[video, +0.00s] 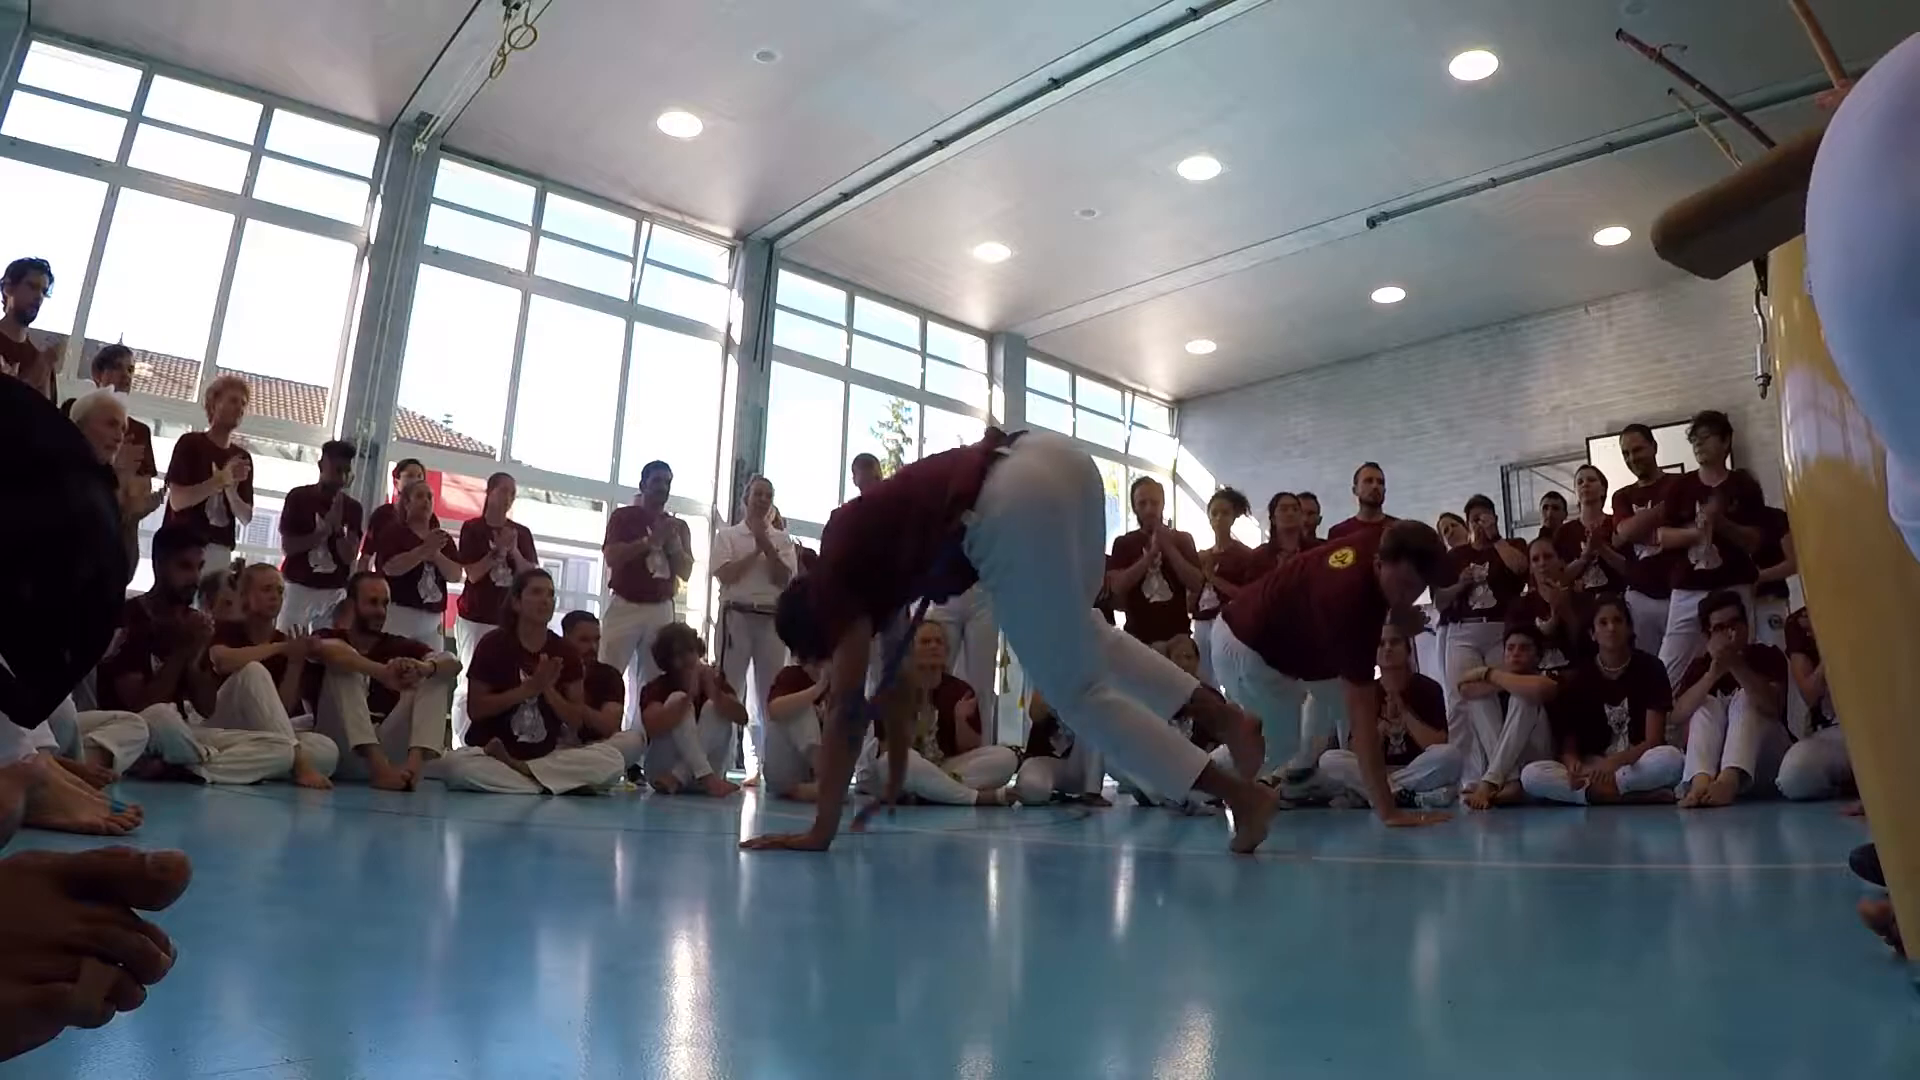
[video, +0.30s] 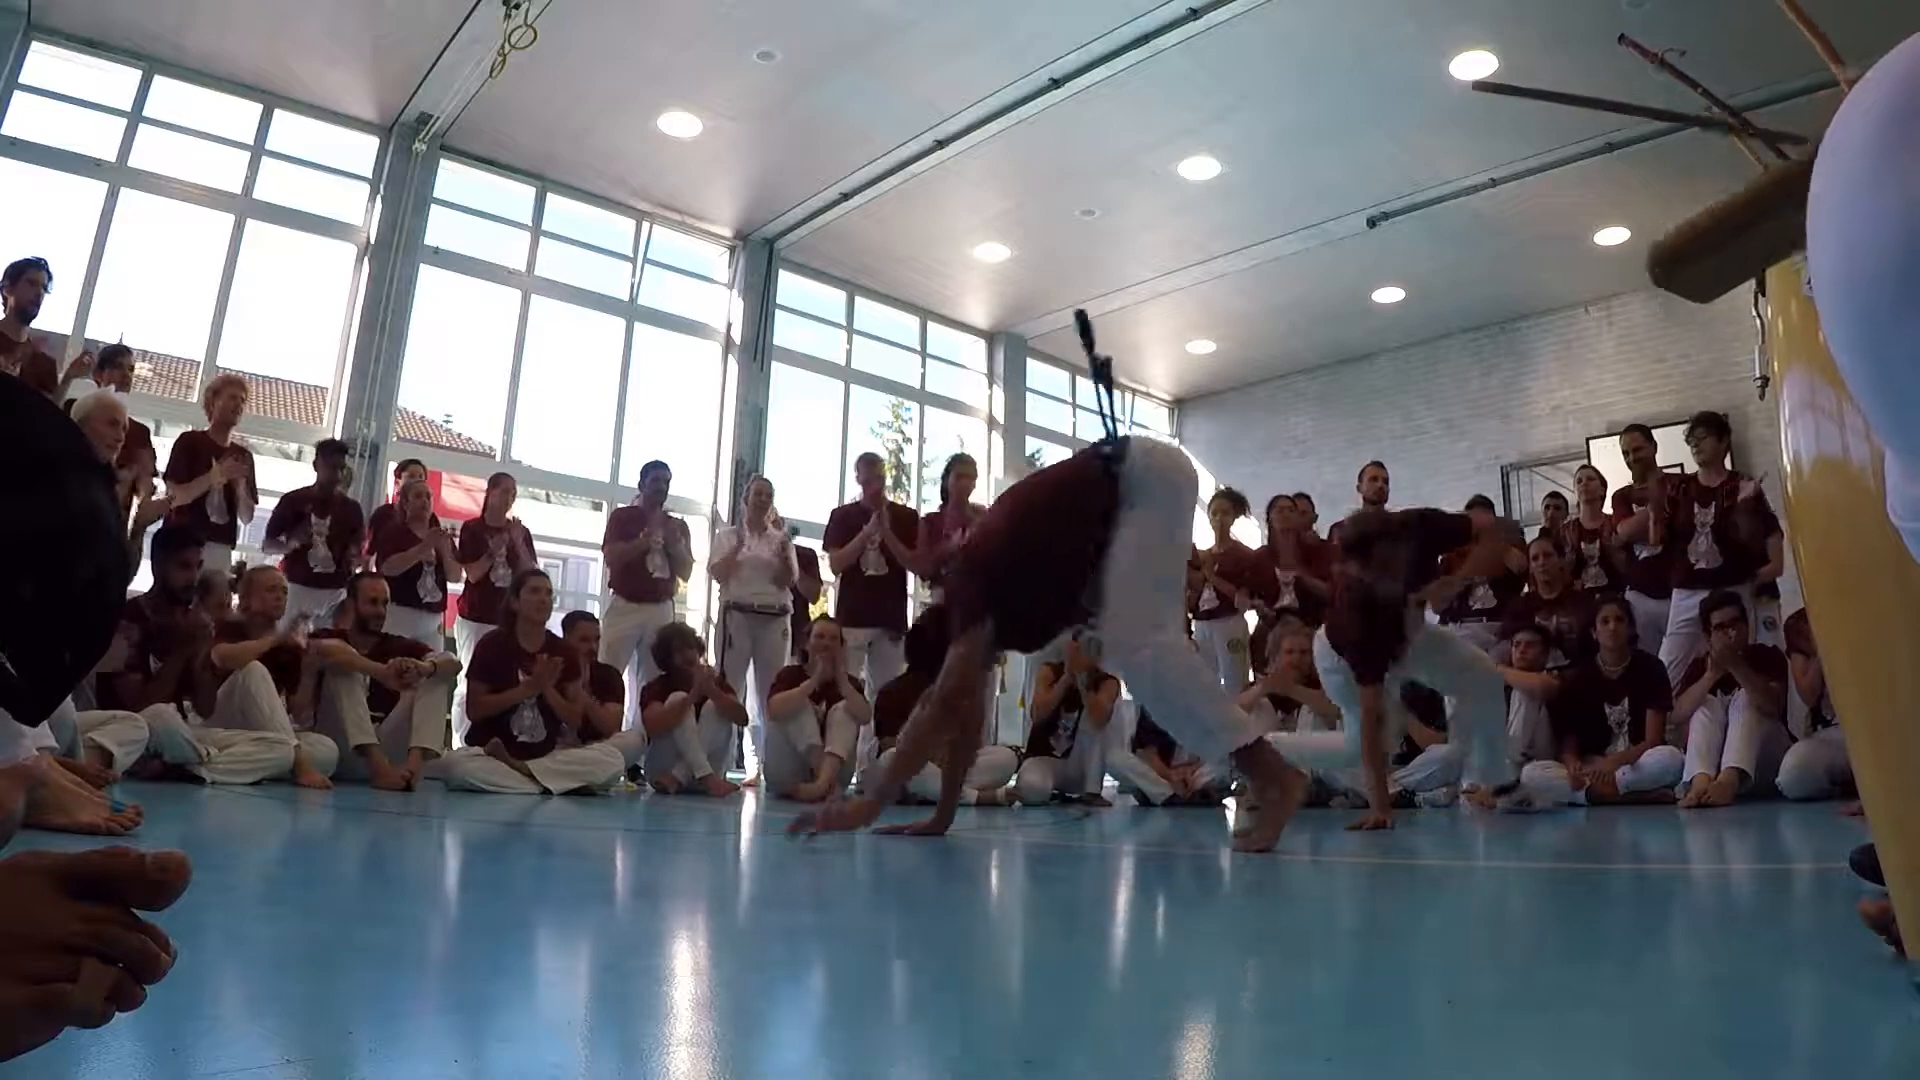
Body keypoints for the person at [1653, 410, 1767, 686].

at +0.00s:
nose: (1698, 445)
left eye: (1706, 438)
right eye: (1695, 440)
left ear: (1726, 443)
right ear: (1691, 446)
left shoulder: (1743, 483)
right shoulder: (1680, 486)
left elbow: (1756, 540)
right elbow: (1664, 536)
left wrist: (1721, 522)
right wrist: (1698, 533)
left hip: (1735, 587)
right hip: (1688, 590)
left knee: (1739, 665)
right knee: (1667, 672)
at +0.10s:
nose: (1697, 445)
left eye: (1705, 438)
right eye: (1694, 440)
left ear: (1726, 443)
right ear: (1691, 446)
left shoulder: (1744, 485)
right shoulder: (1680, 486)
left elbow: (1756, 536)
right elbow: (1662, 535)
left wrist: (1722, 519)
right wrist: (1692, 527)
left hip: (1734, 587)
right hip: (1687, 590)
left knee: (1739, 665)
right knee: (1667, 672)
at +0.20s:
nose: (1695, 446)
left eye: (1702, 439)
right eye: (1691, 441)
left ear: (1724, 443)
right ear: (1688, 446)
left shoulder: (1744, 485)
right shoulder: (1680, 487)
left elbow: (1775, 529)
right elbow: (1651, 539)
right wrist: (1669, 518)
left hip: (1734, 587)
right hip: (1687, 591)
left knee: (1738, 665)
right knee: (1669, 671)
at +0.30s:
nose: (1695, 447)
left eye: (1701, 440)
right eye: (1691, 443)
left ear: (1724, 443)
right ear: (1688, 448)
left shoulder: (1744, 487)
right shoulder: (1680, 489)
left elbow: (1772, 531)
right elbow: (1657, 542)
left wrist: (1776, 567)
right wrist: (1655, 503)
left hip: (1735, 587)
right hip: (1688, 590)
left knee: (1740, 664)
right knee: (1668, 670)